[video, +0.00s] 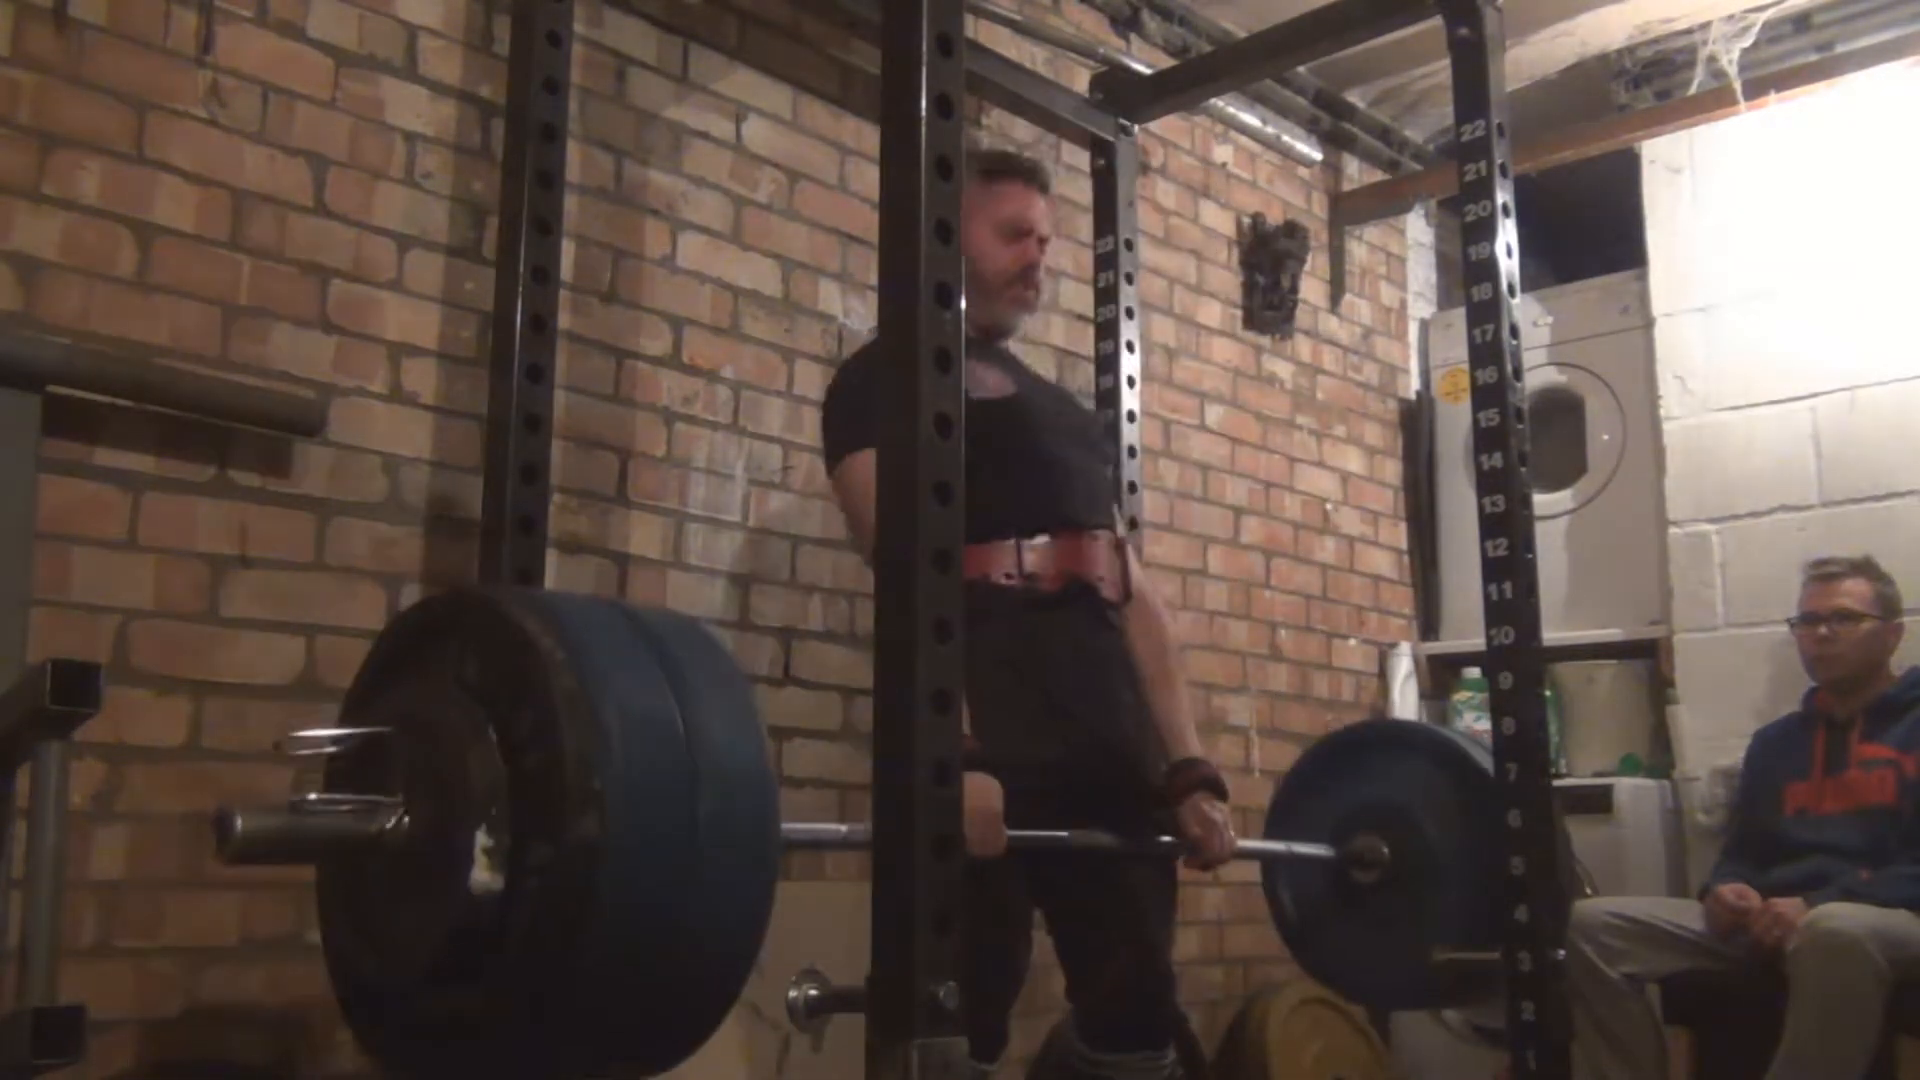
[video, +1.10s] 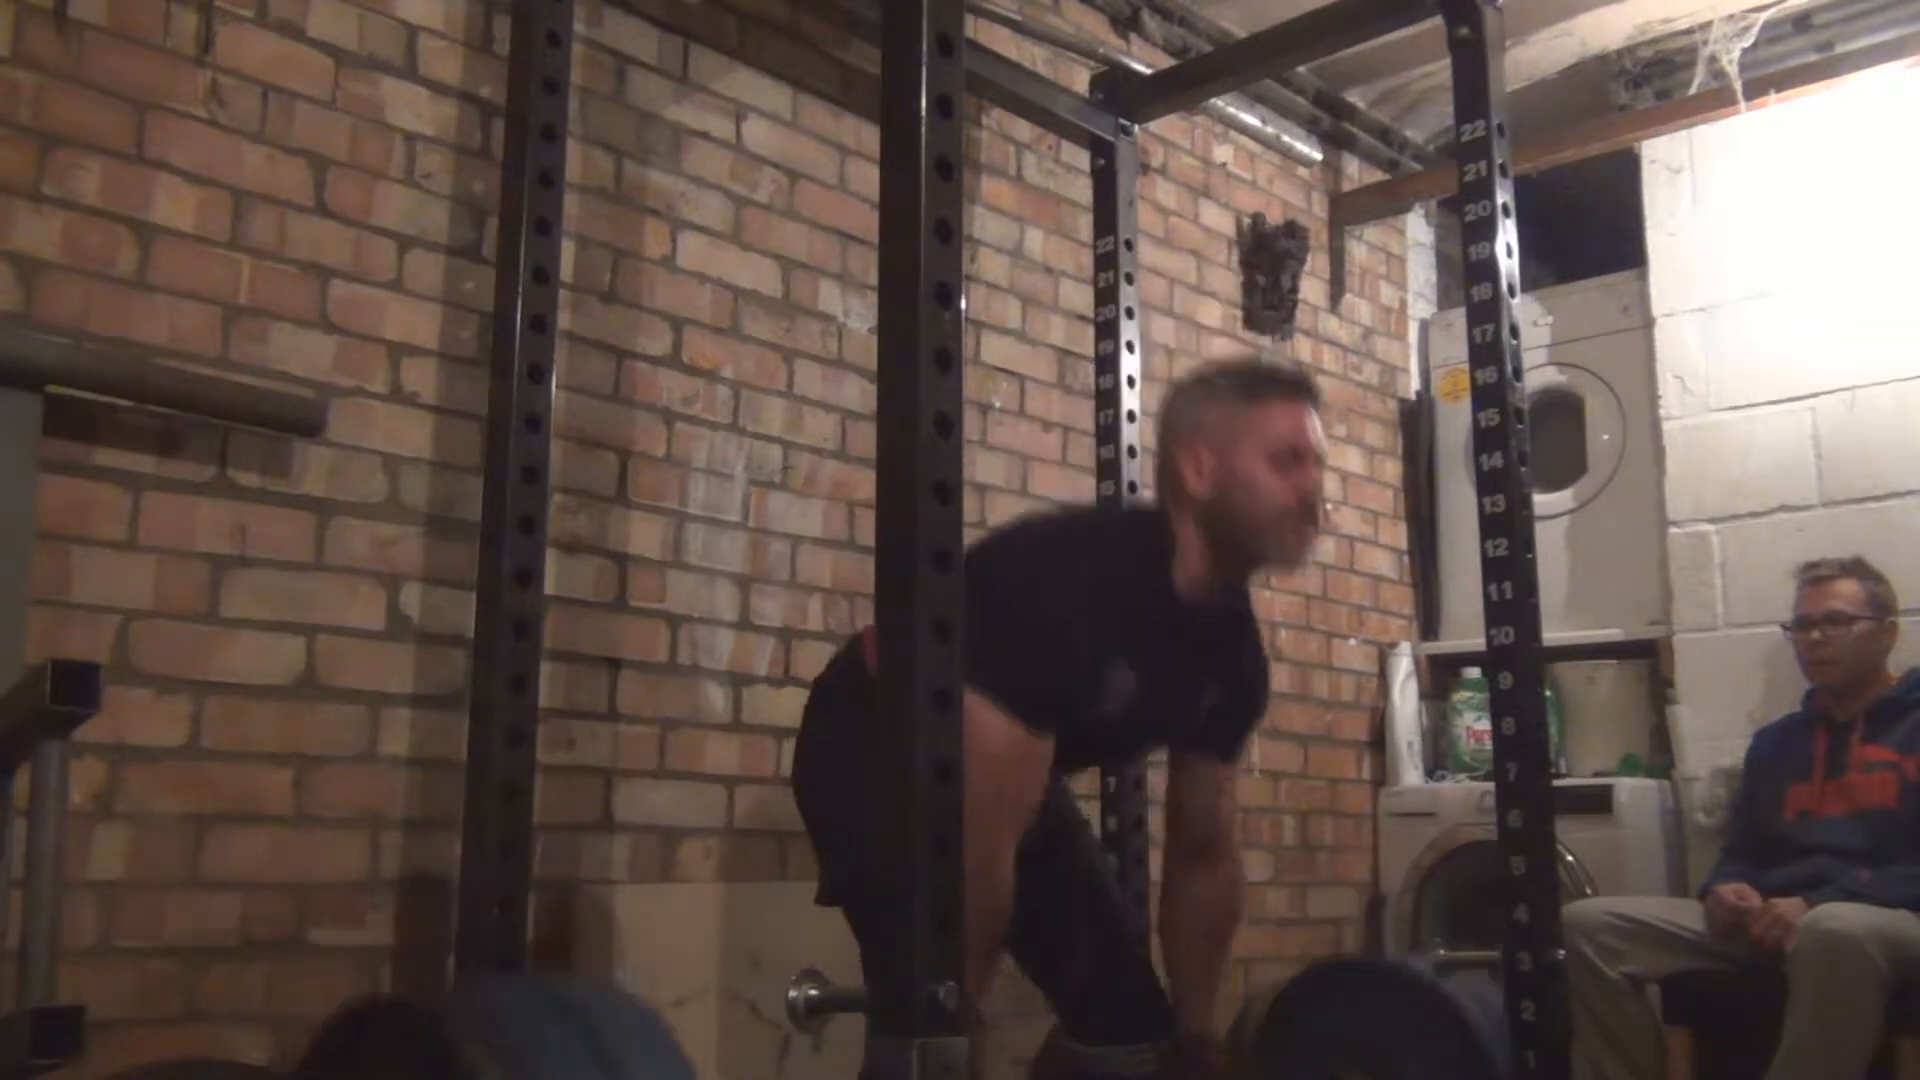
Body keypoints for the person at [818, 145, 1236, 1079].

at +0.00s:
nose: (1036, 259)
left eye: (1044, 240)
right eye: (1013, 235)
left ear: (1046, 253)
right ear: (946, 243)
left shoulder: (1074, 416)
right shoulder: (881, 383)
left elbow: (1130, 594)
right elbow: (909, 576)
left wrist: (1186, 767)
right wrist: (956, 756)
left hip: (1102, 747)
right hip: (970, 750)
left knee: (1134, 1024)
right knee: (959, 1031)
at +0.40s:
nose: (1149, 206)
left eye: (1152, 187)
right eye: (1122, 182)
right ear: (1040, 200)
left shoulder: (1146, 400)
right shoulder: (985, 344)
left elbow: (1162, 605)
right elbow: (951, 576)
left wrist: (1189, 783)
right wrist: (950, 786)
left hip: (1090, 710)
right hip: (981, 696)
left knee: (1137, 1013)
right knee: (959, 1017)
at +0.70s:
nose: (1235, 291)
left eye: (1237, 268)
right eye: (1207, 264)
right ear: (1119, 274)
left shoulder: (1194, 495)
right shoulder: (1024, 419)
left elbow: (1185, 695)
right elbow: (969, 661)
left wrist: (1196, 887)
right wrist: (949, 901)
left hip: (1020, 709)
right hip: (907, 692)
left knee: (1117, 992)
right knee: (927, 1007)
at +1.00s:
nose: (1292, 427)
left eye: (1291, 404)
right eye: (1264, 401)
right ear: (1173, 412)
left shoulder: (1217, 611)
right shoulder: (1053, 536)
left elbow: (1198, 814)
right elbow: (984, 791)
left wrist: (1197, 1009)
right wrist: (955, 1003)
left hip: (993, 764)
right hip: (871, 737)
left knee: (1120, 1013)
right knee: (924, 1026)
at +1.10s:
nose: (1316, 486)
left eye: (1316, 463)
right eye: (1288, 461)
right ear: (1197, 467)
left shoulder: (1230, 658)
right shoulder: (1058, 582)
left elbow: (1203, 854)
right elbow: (985, 855)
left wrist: (1197, 1042)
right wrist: (951, 1040)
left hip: (1002, 770)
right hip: (868, 748)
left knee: (1126, 1019)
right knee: (923, 1024)